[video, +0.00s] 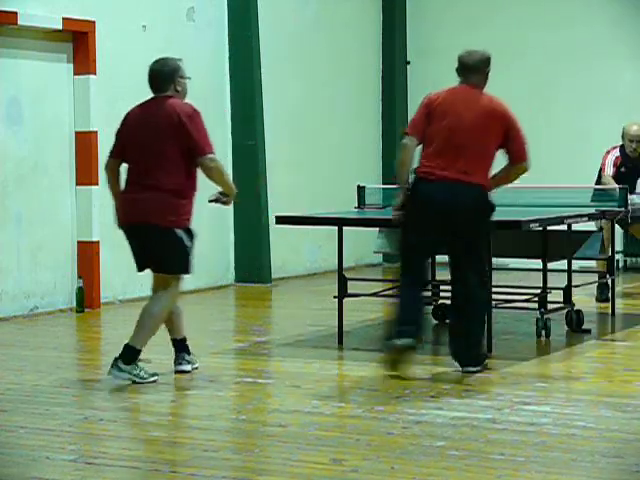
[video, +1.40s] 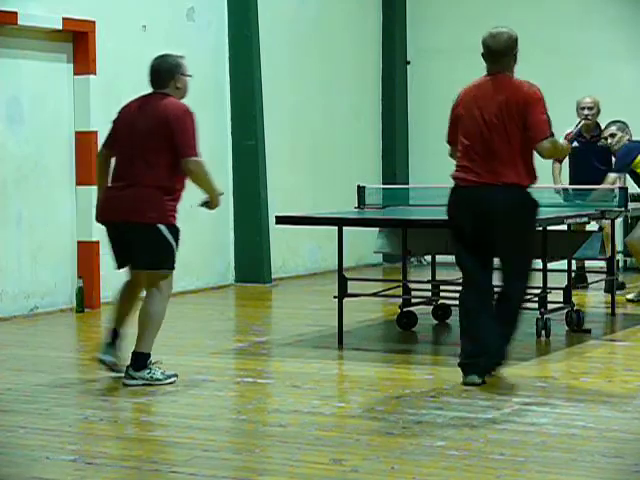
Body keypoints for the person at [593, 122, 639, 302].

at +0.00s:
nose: (634, 146)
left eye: (637, 141)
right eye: (630, 141)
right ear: (623, 141)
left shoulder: (637, 160)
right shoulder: (613, 154)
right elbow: (606, 179)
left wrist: (630, 200)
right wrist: (622, 197)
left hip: (630, 205)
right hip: (606, 204)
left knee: (635, 229)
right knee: (607, 232)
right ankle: (602, 280)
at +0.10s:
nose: (632, 143)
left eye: (636, 139)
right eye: (628, 138)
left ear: (639, 140)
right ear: (621, 138)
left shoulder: (637, 156)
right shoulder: (611, 150)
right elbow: (602, 172)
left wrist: (633, 195)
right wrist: (617, 191)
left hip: (627, 202)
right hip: (602, 201)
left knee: (636, 232)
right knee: (605, 235)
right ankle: (602, 281)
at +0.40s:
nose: (623, 123)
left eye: (627, 119)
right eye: (619, 118)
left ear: (632, 122)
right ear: (611, 119)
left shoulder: (631, 143)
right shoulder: (600, 138)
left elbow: (630, 169)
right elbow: (582, 159)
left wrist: (631, 193)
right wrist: (597, 171)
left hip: (618, 197)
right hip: (594, 198)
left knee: (634, 236)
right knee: (601, 238)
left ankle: (629, 278)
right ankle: (601, 282)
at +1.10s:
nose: (607, 107)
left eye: (612, 104)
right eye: (604, 104)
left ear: (619, 108)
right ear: (597, 107)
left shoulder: (625, 134)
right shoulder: (587, 131)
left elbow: (635, 161)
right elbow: (568, 153)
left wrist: (635, 187)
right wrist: (567, 174)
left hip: (615, 192)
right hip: (588, 192)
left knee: (617, 235)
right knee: (584, 231)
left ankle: (613, 278)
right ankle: (586, 273)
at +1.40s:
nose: (586, 113)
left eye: (590, 109)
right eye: (582, 109)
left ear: (598, 112)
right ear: (577, 112)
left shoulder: (607, 135)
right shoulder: (571, 136)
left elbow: (620, 160)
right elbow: (558, 160)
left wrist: (620, 185)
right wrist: (558, 184)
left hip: (604, 190)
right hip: (577, 191)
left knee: (607, 230)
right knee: (577, 231)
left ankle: (612, 274)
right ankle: (579, 272)